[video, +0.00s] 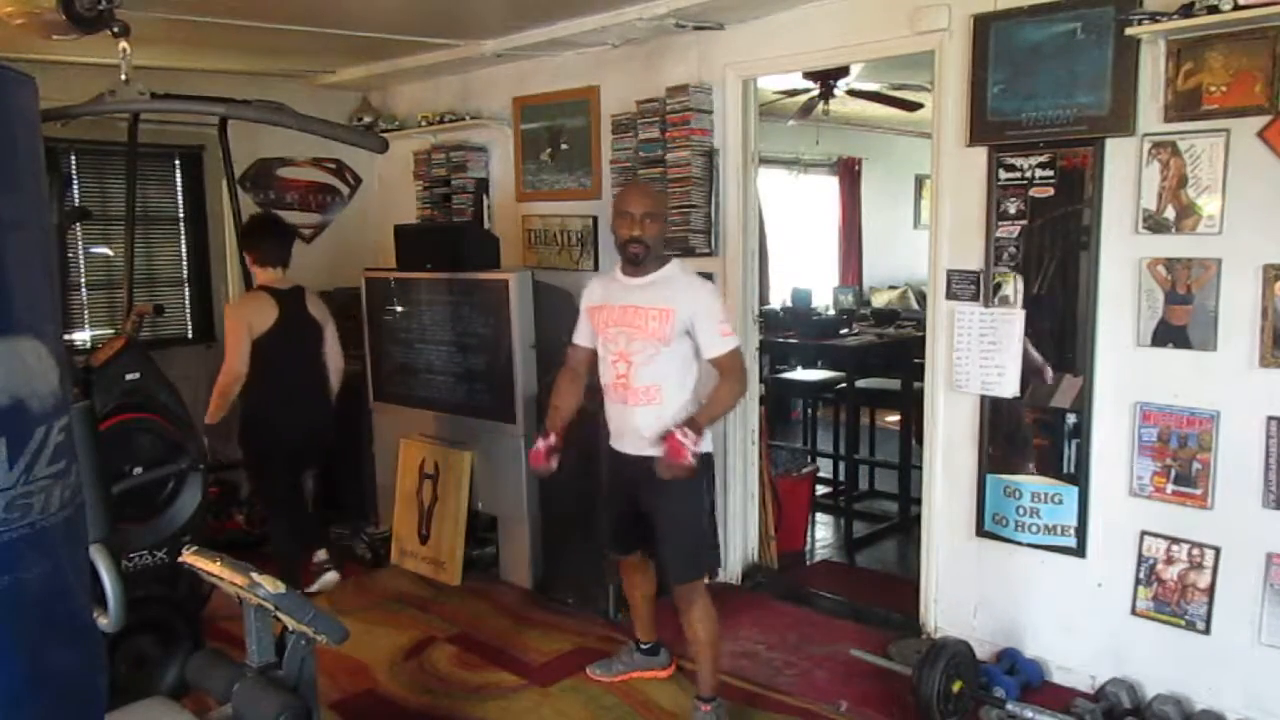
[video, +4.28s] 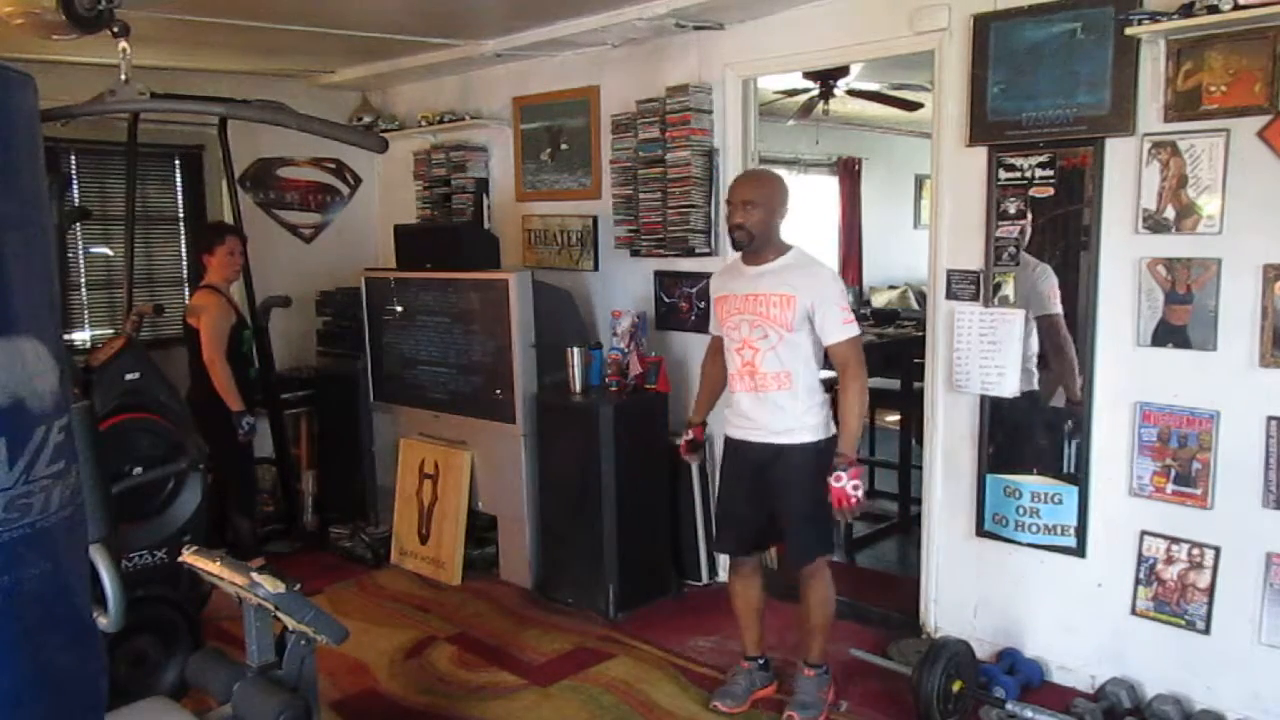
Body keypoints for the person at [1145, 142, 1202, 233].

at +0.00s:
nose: (1157, 158)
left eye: (1159, 154)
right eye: (1155, 156)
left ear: (1169, 149)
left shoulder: (1175, 161)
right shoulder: (1164, 165)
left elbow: (1170, 188)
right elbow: (1161, 188)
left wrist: (1160, 214)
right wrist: (1157, 212)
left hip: (1190, 211)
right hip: (1180, 212)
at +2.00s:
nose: (1157, 158)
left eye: (1159, 153)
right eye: (1155, 156)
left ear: (1168, 150)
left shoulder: (1175, 162)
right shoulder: (1164, 166)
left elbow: (1170, 188)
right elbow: (1161, 188)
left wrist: (1160, 213)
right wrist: (1157, 212)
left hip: (1190, 211)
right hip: (1180, 212)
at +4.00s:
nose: (1158, 158)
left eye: (1159, 153)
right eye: (1155, 155)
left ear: (1169, 150)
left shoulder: (1175, 161)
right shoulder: (1164, 166)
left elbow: (1170, 188)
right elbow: (1161, 188)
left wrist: (1160, 213)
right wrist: (1157, 211)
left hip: (1190, 211)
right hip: (1180, 212)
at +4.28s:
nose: (1157, 158)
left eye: (1159, 153)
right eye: (1155, 155)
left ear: (1168, 150)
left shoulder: (1175, 161)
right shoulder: (1164, 166)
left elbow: (1170, 187)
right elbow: (1161, 188)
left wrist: (1160, 212)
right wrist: (1157, 212)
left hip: (1190, 211)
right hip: (1180, 212)